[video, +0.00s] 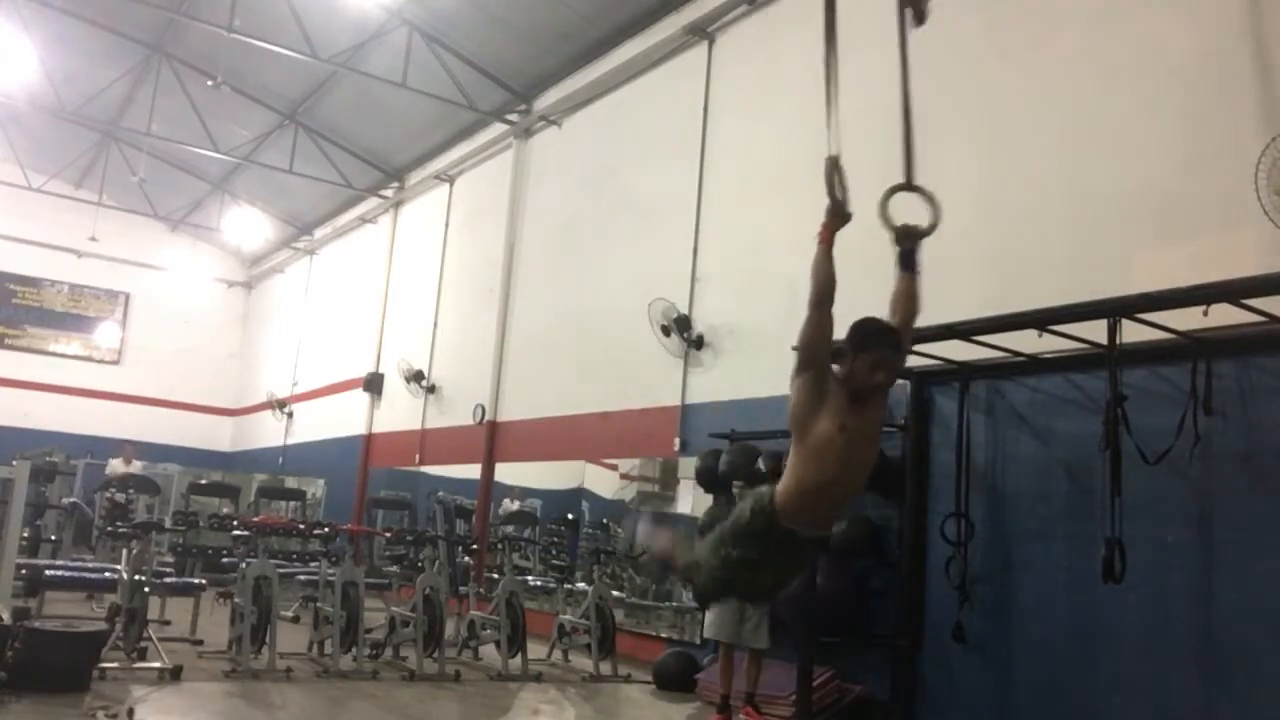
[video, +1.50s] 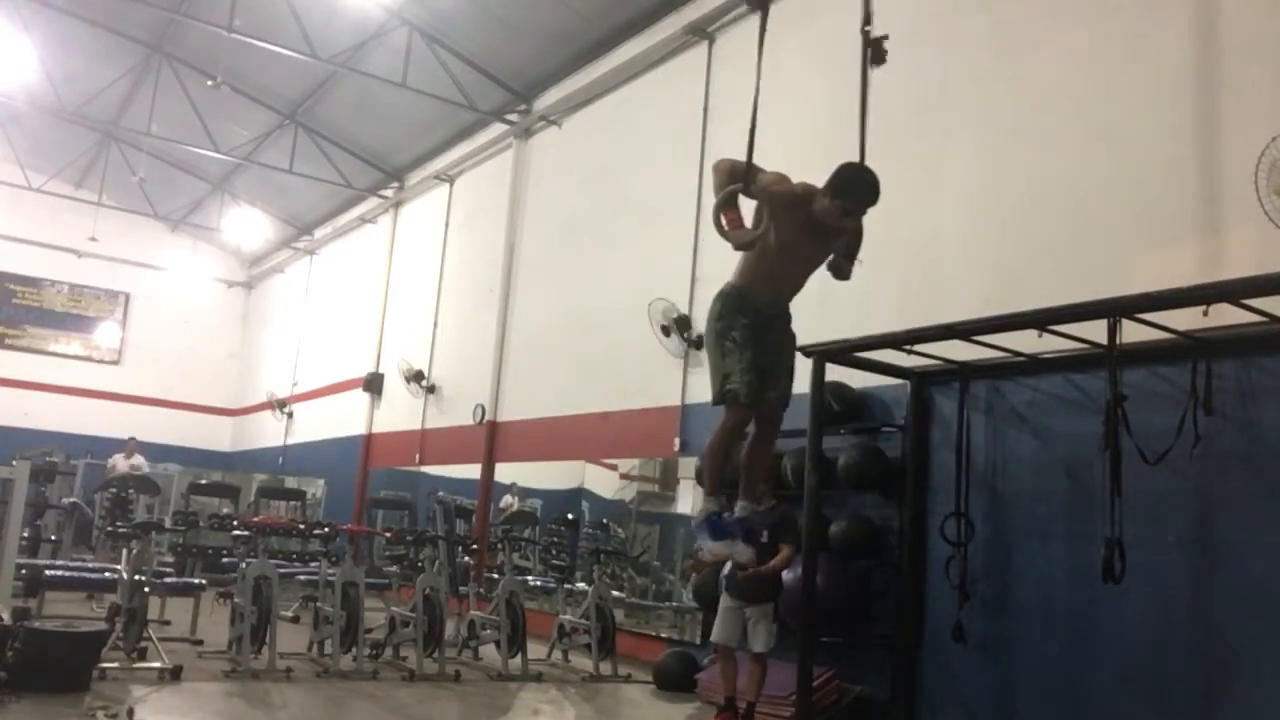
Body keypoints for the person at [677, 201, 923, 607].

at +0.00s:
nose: (882, 379)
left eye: (889, 370)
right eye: (873, 367)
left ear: (894, 370)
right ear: (848, 360)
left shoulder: (877, 395)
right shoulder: (816, 393)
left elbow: (903, 324)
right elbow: (820, 307)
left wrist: (908, 253)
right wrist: (827, 235)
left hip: (808, 541)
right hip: (767, 524)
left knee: (751, 593)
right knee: (704, 577)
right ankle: (654, 536)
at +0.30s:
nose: (772, 397)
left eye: (777, 389)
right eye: (764, 389)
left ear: (783, 389)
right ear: (742, 387)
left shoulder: (774, 421)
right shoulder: (722, 417)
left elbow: (791, 352)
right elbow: (725, 340)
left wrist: (798, 289)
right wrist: (731, 276)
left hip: (767, 541)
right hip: (730, 539)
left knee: (761, 634)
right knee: (726, 632)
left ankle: (752, 700)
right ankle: (723, 704)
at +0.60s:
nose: (682, 322)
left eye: (683, 319)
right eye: (673, 320)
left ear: (689, 325)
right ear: (659, 334)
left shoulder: (711, 350)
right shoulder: (673, 363)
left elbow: (768, 339)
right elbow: (648, 316)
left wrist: (766, 294)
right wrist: (659, 262)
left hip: (786, 359)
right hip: (751, 363)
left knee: (890, 338)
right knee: (816, 311)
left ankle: (908, 445)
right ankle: (856, 419)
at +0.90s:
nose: (773, 194)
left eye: (778, 187)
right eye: (768, 184)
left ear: (781, 186)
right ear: (749, 176)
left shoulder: (774, 221)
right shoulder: (712, 200)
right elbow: (650, 206)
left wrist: (797, 263)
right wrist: (686, 216)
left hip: (760, 314)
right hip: (729, 310)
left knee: (841, 322)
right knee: (806, 295)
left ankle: (918, 293)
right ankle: (895, 279)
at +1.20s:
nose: (818, 230)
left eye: (826, 226)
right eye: (814, 221)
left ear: (834, 220)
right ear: (799, 202)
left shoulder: (824, 233)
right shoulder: (761, 198)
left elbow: (816, 275)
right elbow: (705, 171)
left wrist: (809, 260)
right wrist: (707, 222)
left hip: (760, 314)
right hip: (721, 308)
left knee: (796, 384)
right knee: (764, 382)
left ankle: (810, 481)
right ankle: (761, 485)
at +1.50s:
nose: (848, 224)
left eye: (856, 218)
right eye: (845, 214)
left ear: (859, 210)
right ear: (827, 196)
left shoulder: (849, 229)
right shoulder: (788, 194)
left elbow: (840, 271)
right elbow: (724, 169)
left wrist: (842, 263)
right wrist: (734, 227)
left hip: (776, 319)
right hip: (737, 310)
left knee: (770, 417)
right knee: (740, 413)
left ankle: (748, 511)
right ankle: (709, 513)